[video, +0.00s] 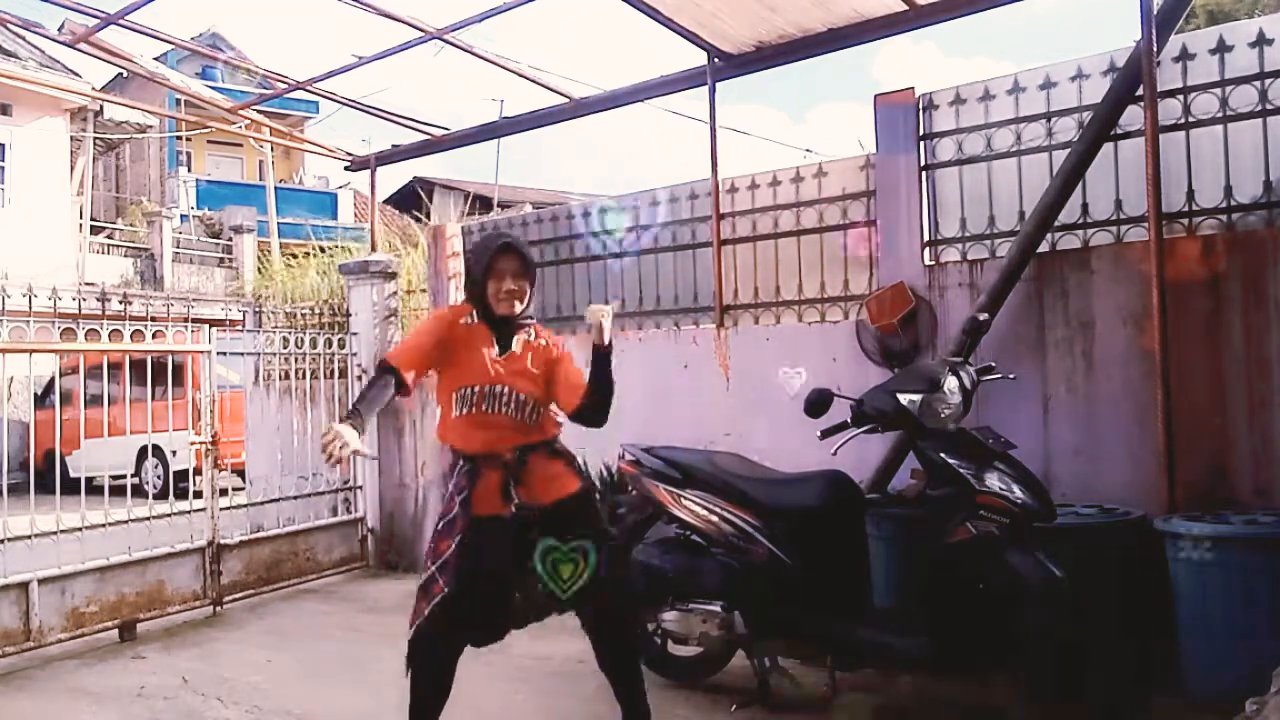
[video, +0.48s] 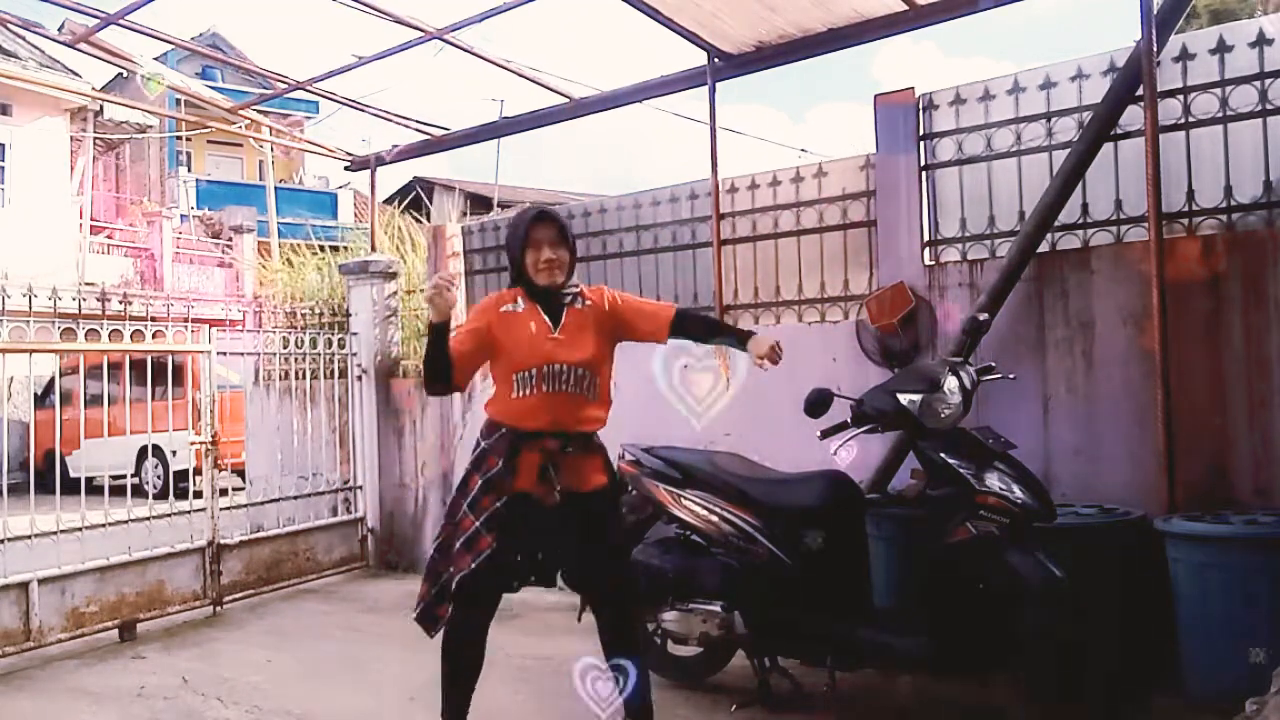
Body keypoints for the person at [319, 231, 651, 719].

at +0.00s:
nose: (510, 286)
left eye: (519, 276)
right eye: (498, 276)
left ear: (531, 284)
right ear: (477, 283)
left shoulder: (544, 345)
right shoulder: (449, 326)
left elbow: (593, 413)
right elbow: (391, 373)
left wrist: (601, 345)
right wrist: (354, 424)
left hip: (550, 474)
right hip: (478, 481)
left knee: (605, 601)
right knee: (446, 620)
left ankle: (636, 712)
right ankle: (422, 714)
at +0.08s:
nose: (516, 269)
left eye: (525, 258)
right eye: (504, 260)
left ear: (539, 265)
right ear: (484, 267)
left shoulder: (561, 321)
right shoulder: (458, 322)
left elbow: (624, 368)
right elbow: (413, 392)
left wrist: (613, 299)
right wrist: (364, 454)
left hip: (561, 477)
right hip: (485, 482)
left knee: (608, 595)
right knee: (448, 611)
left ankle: (640, 711)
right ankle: (421, 716)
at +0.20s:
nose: (537, 282)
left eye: (546, 272)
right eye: (525, 274)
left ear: (560, 278)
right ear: (509, 282)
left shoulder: (593, 321)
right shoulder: (498, 343)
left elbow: (668, 312)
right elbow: (468, 431)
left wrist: (618, 269)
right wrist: (429, 498)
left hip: (578, 508)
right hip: (504, 510)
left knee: (624, 618)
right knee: (454, 629)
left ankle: (639, 715)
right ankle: (427, 717)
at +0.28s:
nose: (548, 299)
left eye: (556, 287)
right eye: (534, 291)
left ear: (570, 292)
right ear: (518, 301)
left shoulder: (604, 334)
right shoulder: (506, 369)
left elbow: (679, 318)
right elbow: (482, 447)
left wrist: (643, 312)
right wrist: (447, 476)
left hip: (588, 520)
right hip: (516, 525)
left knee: (630, 637)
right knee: (461, 635)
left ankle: (637, 715)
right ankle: (430, 716)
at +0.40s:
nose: (552, 271)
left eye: (560, 260)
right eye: (539, 263)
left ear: (574, 265)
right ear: (522, 273)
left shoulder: (606, 316)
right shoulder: (504, 335)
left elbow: (672, 326)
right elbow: (460, 412)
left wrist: (721, 342)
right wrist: (445, 364)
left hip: (587, 486)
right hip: (516, 490)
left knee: (622, 611)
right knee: (470, 615)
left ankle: (639, 712)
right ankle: (437, 714)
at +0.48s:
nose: (547, 256)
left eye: (556, 245)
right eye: (534, 247)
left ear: (572, 251)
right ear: (517, 256)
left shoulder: (602, 305)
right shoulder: (494, 311)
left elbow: (675, 321)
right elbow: (440, 382)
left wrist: (748, 339)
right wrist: (438, 320)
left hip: (584, 473)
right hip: (507, 474)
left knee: (617, 602)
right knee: (471, 602)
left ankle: (637, 713)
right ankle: (453, 715)